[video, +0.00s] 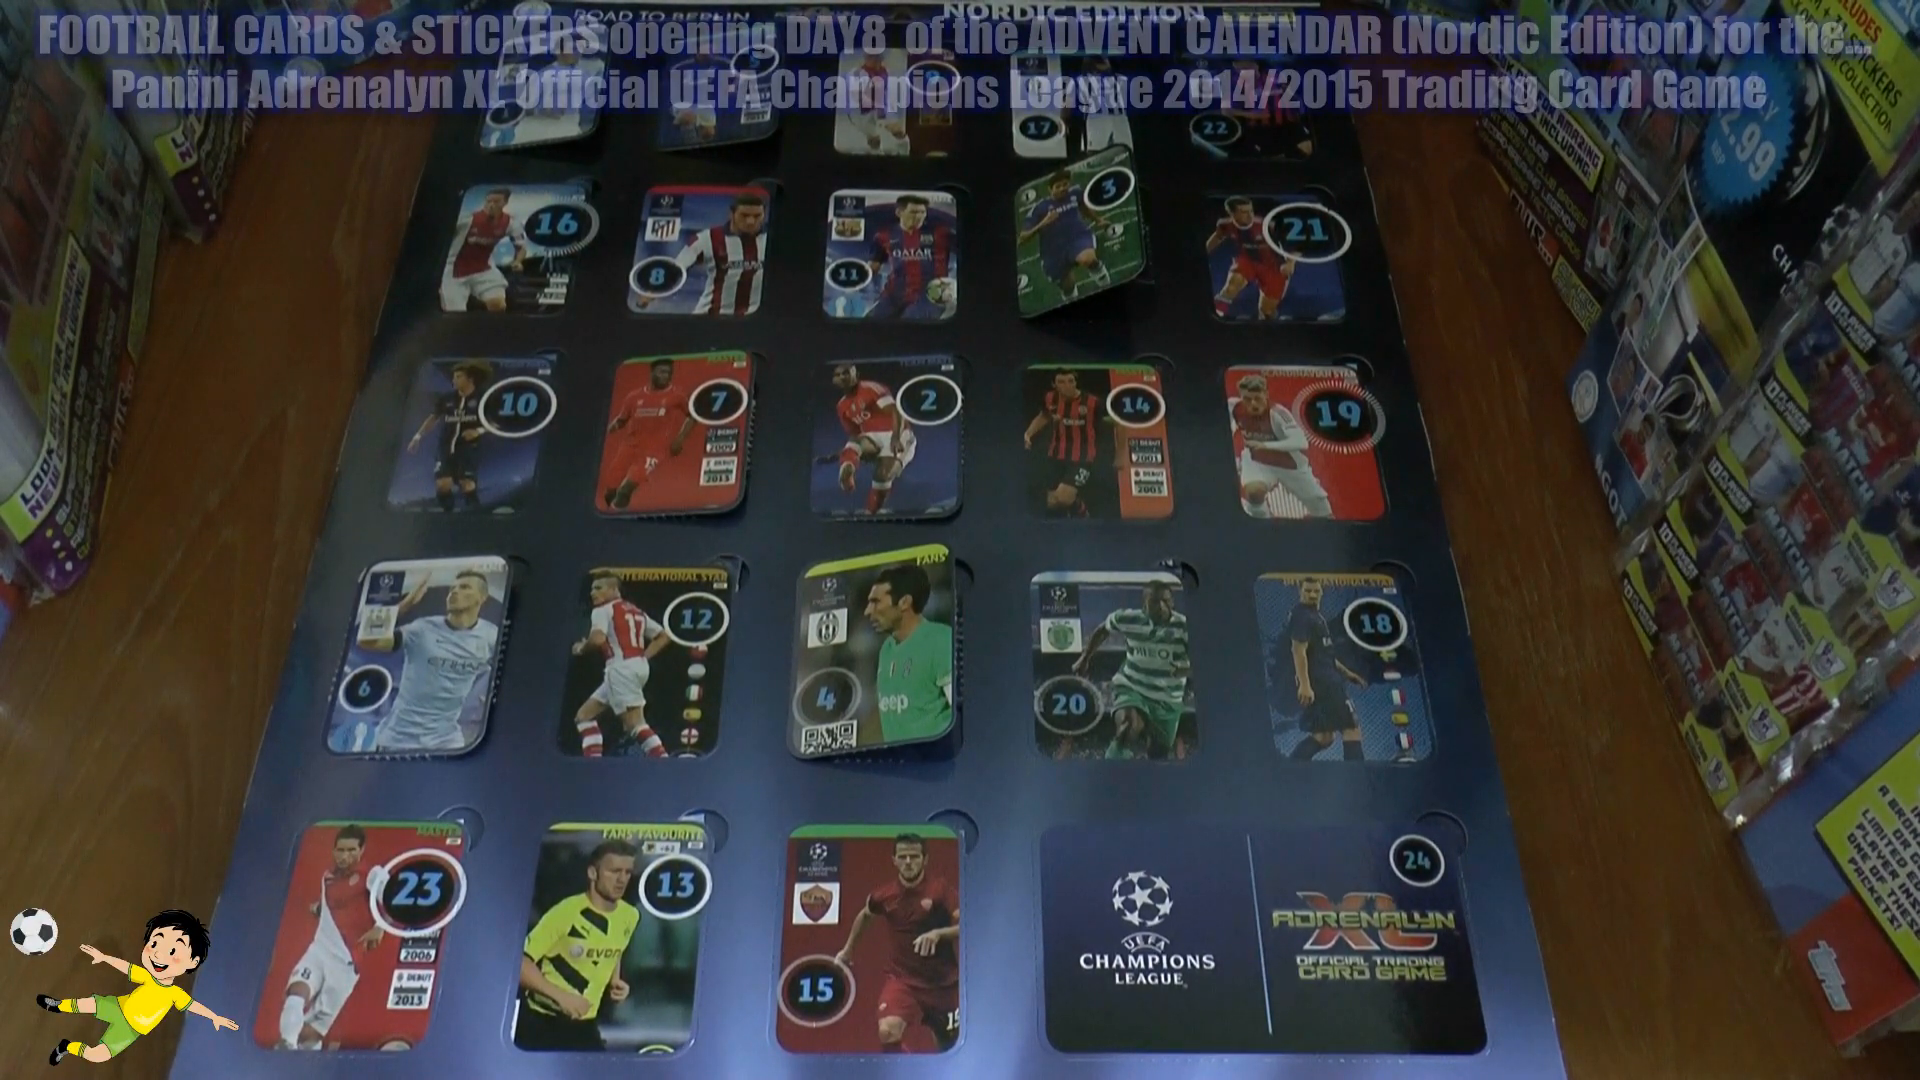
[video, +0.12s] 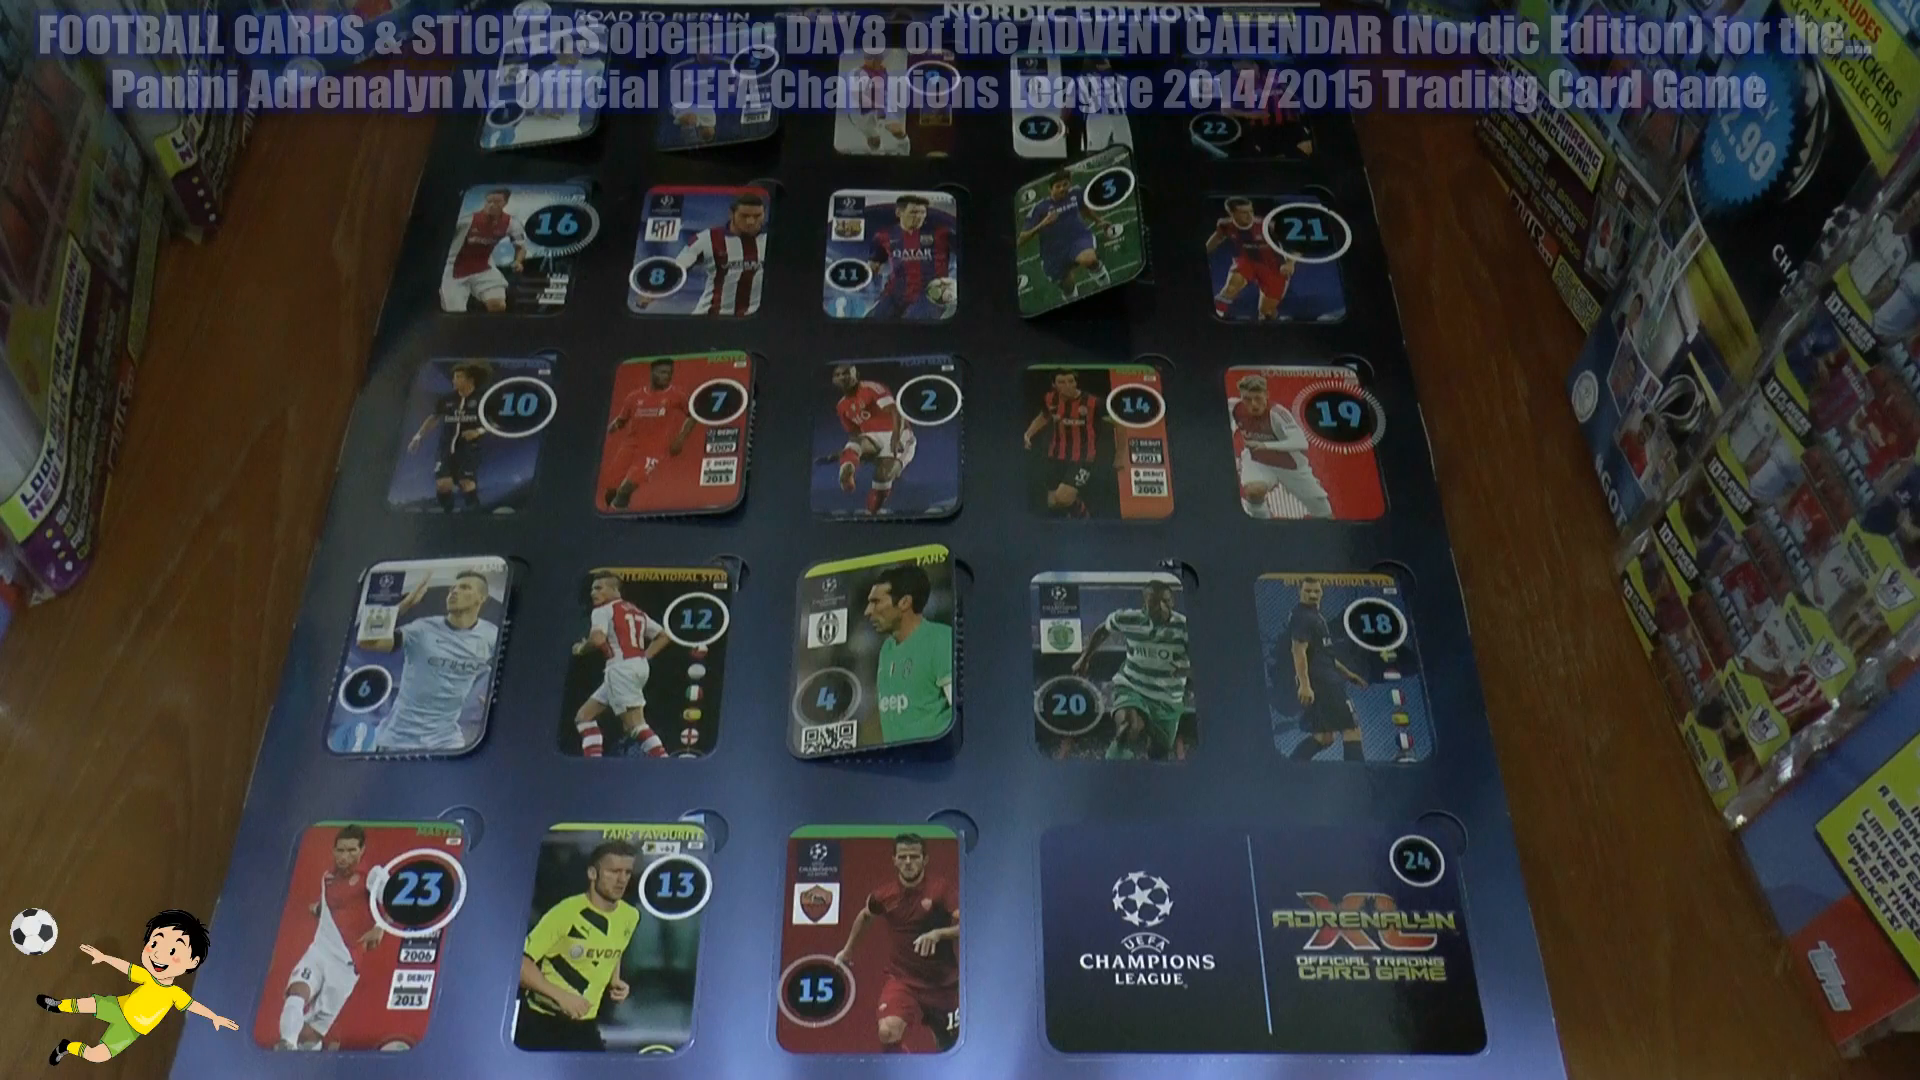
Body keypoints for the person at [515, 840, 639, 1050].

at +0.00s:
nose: (622, 879)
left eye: (627, 873)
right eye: (615, 871)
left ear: (631, 875)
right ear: (593, 873)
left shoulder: (629, 916)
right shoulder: (567, 911)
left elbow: (615, 953)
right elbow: (520, 962)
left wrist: (615, 980)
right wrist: (560, 995)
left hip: (585, 1027)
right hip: (540, 1024)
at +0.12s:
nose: (622, 880)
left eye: (627, 873)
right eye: (615, 871)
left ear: (631, 876)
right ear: (592, 873)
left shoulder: (629, 917)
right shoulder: (567, 912)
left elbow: (615, 953)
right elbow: (521, 963)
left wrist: (615, 980)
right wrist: (560, 996)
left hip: (584, 1028)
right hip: (540, 1024)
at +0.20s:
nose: (622, 880)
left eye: (627, 873)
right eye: (615, 871)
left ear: (631, 876)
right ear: (592, 874)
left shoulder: (629, 917)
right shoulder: (567, 912)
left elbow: (615, 953)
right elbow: (521, 964)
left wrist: (615, 980)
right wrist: (560, 996)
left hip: (584, 1028)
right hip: (540, 1025)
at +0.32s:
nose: (622, 880)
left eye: (627, 873)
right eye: (615, 872)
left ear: (631, 876)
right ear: (592, 874)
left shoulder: (629, 917)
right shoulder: (567, 912)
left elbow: (615, 953)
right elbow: (520, 964)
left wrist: (615, 980)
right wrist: (560, 996)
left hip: (585, 1028)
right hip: (540, 1024)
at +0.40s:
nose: (622, 880)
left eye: (627, 873)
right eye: (614, 871)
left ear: (631, 876)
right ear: (592, 874)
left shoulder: (629, 917)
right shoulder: (567, 912)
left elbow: (615, 953)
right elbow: (521, 964)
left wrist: (615, 980)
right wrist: (560, 996)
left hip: (584, 1028)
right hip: (540, 1024)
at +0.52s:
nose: (622, 880)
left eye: (627, 873)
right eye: (615, 871)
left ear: (631, 876)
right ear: (592, 874)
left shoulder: (630, 917)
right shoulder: (567, 912)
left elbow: (615, 953)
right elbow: (521, 964)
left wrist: (615, 980)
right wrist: (561, 996)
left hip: (584, 1028)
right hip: (540, 1024)